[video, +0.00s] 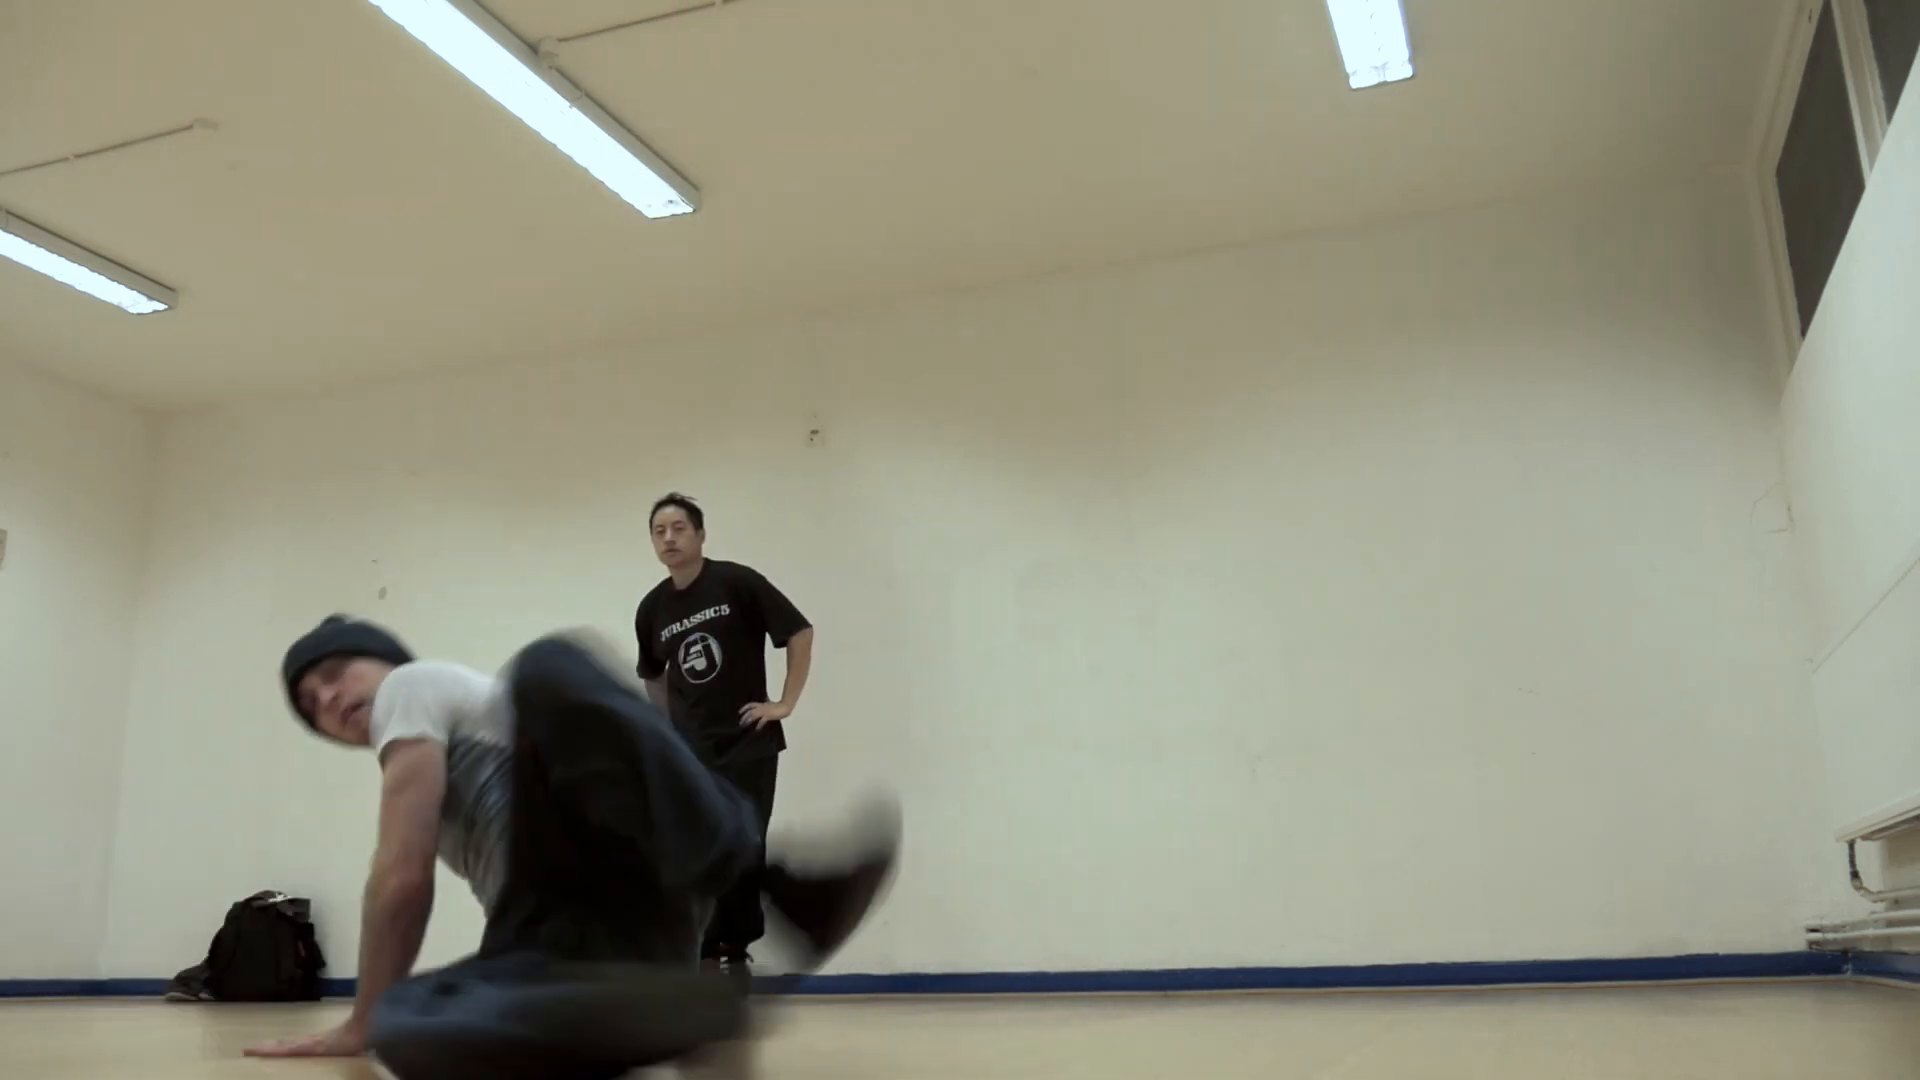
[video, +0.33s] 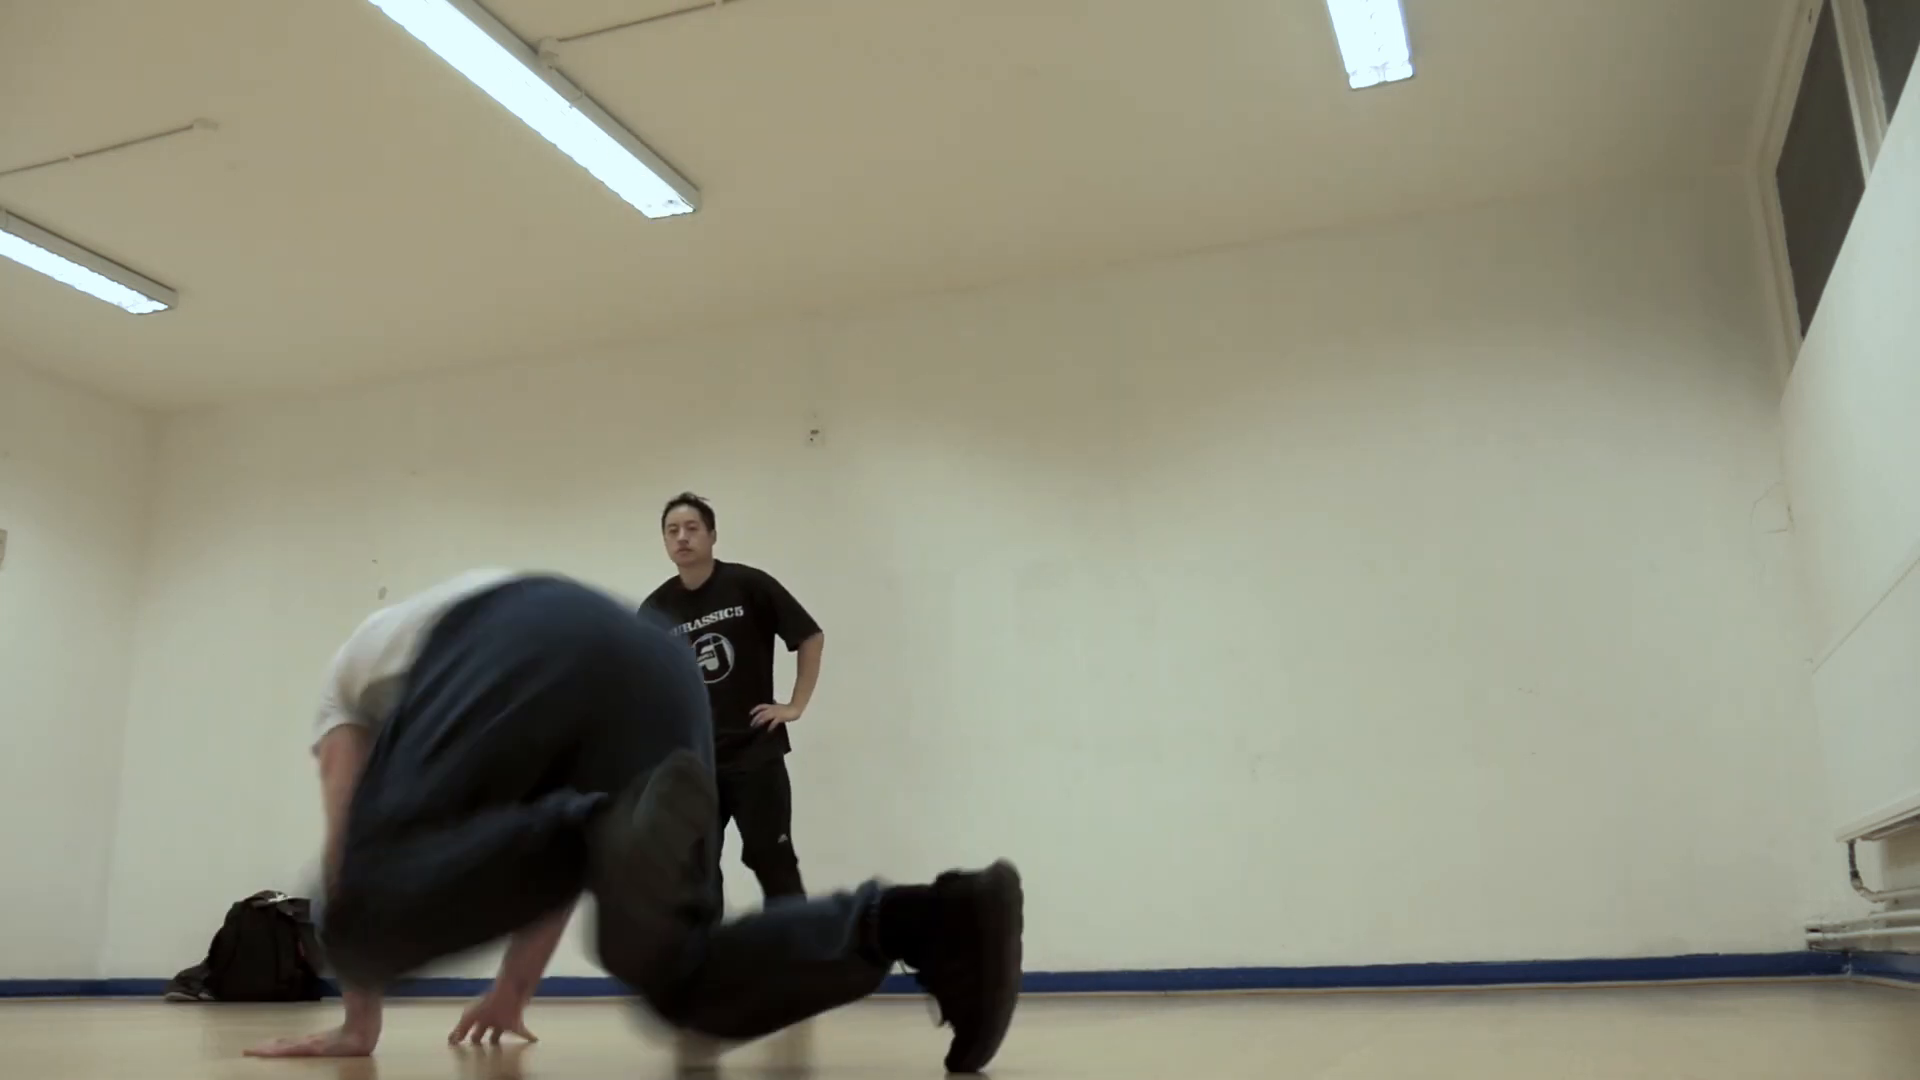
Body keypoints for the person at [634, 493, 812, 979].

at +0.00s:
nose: (669, 538)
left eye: (679, 528)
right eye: (660, 530)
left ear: (700, 535)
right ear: (652, 541)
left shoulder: (737, 583)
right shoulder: (651, 609)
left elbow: (799, 632)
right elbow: (653, 677)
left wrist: (786, 702)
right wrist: (664, 736)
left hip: (746, 741)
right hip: (690, 747)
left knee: (742, 847)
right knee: (702, 845)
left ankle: (731, 956)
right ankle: (708, 954)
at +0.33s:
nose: (682, 538)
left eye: (692, 528)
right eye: (673, 530)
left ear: (712, 536)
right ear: (664, 541)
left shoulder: (751, 586)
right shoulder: (654, 610)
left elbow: (810, 638)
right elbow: (637, 677)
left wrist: (796, 704)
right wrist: (661, 730)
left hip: (753, 746)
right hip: (692, 754)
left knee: (770, 855)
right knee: (694, 863)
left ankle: (796, 950)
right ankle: (699, 958)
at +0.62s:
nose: (724, 542)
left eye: (733, 533)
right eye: (715, 535)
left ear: (753, 541)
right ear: (706, 546)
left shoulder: (789, 592)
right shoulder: (695, 613)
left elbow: (846, 646)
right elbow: (684, 684)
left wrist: (831, 711)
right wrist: (695, 735)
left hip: (789, 748)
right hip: (725, 754)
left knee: (810, 852)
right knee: (715, 862)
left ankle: (843, 959)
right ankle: (705, 972)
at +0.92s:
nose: (781, 551)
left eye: (791, 543)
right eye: (773, 544)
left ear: (811, 552)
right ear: (764, 554)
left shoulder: (845, 604)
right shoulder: (752, 618)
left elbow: (898, 657)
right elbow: (736, 688)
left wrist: (881, 727)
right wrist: (738, 737)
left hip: (839, 752)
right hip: (769, 757)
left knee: (841, 855)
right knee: (741, 856)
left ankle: (844, 967)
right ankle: (720, 963)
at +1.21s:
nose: (818, 548)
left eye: (829, 541)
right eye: (811, 541)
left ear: (847, 552)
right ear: (802, 551)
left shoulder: (875, 606)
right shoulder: (782, 610)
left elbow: (922, 663)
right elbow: (765, 672)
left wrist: (892, 722)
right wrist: (771, 724)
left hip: (850, 756)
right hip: (790, 757)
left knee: (850, 862)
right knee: (765, 856)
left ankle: (846, 973)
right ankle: (780, 967)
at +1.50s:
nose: (824, 552)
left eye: (835, 546)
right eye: (818, 545)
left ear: (855, 555)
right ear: (810, 554)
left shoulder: (877, 609)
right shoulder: (792, 616)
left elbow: (923, 667)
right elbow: (783, 678)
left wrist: (890, 722)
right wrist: (784, 724)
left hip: (852, 755)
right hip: (798, 757)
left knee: (849, 858)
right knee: (803, 864)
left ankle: (850, 968)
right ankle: (834, 962)